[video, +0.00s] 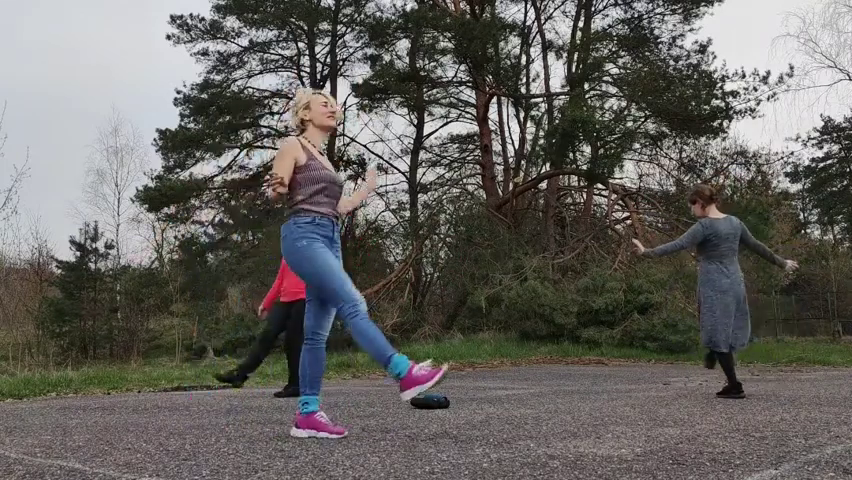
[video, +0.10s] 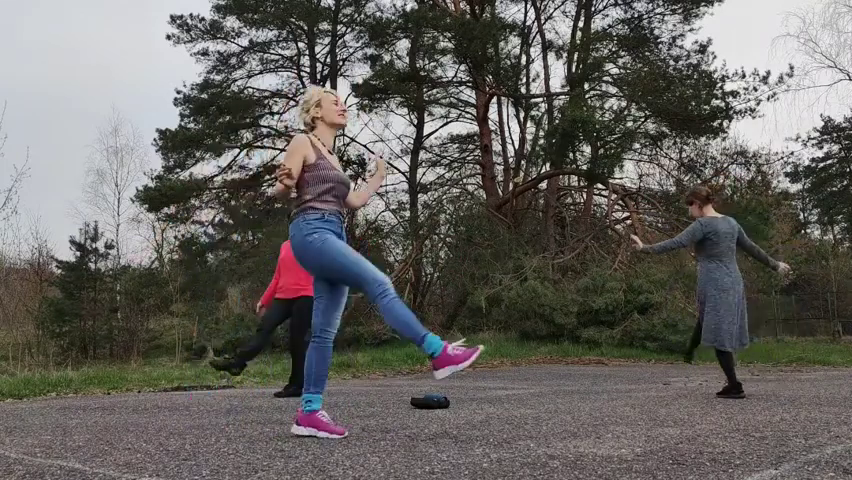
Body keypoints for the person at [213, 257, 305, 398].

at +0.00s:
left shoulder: (317, 254)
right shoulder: (290, 253)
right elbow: (280, 280)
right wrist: (266, 302)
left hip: (302, 300)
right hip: (284, 300)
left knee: (294, 343)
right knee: (266, 338)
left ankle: (295, 385)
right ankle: (239, 375)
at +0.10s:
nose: (298, 230)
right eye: (296, 226)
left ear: (312, 229)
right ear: (294, 228)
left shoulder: (317, 246)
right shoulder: (287, 245)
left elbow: (323, 273)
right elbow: (277, 277)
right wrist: (264, 300)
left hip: (306, 295)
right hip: (284, 296)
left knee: (297, 342)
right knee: (264, 329)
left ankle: (296, 385)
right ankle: (237, 363)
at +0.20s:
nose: (295, 219)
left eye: (298, 215)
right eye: (291, 216)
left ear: (303, 218)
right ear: (286, 219)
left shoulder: (310, 238)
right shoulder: (283, 242)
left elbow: (314, 259)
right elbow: (275, 272)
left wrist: (302, 233)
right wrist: (261, 295)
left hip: (304, 292)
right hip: (282, 291)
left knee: (297, 339)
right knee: (267, 318)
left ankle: (295, 384)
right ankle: (259, 364)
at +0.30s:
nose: (293, 218)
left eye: (295, 214)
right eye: (289, 215)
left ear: (302, 216)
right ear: (284, 219)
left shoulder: (308, 237)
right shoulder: (280, 239)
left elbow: (309, 259)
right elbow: (272, 270)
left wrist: (300, 240)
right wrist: (259, 292)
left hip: (303, 292)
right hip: (279, 292)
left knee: (297, 337)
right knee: (278, 332)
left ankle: (296, 380)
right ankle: (286, 376)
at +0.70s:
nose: (293, 214)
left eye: (295, 211)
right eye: (289, 212)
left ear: (301, 214)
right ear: (283, 216)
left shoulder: (310, 238)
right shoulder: (275, 240)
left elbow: (316, 266)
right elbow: (264, 271)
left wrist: (301, 258)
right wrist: (239, 276)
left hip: (305, 293)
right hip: (280, 294)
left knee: (300, 339)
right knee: (289, 338)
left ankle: (294, 381)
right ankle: (298, 382)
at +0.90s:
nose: (293, 224)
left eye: (296, 220)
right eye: (289, 220)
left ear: (302, 223)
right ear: (284, 223)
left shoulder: (312, 246)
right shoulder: (276, 249)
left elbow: (319, 272)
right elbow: (264, 275)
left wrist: (318, 284)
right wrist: (244, 265)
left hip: (305, 300)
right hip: (281, 300)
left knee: (306, 341)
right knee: (287, 342)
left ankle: (304, 382)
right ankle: (294, 384)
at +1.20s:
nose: (289, 224)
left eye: (293, 221)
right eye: (286, 220)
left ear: (298, 224)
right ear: (280, 222)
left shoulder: (305, 242)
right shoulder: (273, 245)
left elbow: (316, 266)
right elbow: (266, 272)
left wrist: (319, 291)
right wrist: (255, 288)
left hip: (306, 298)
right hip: (284, 299)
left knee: (307, 340)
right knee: (294, 341)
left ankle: (304, 384)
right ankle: (301, 384)